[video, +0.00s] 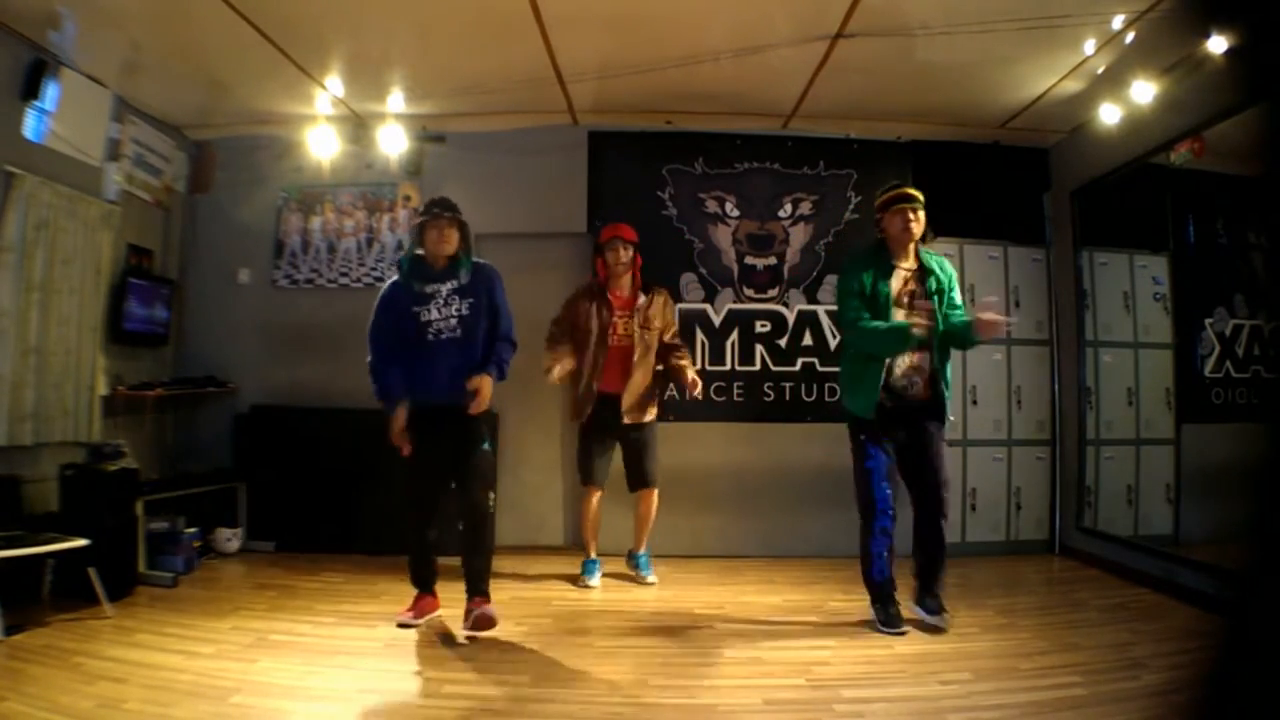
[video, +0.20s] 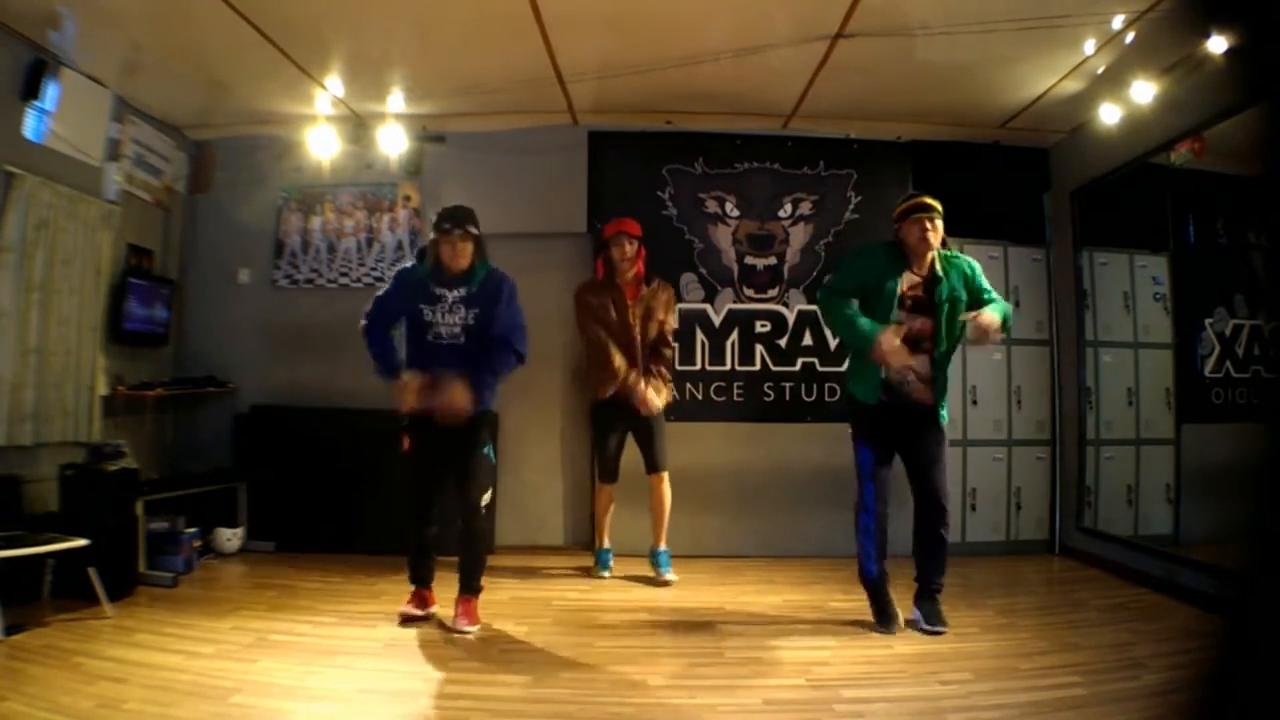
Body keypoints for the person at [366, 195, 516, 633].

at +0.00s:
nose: (443, 237)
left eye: (450, 229)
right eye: (434, 229)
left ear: (461, 235)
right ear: (421, 236)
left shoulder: (483, 279)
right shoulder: (399, 289)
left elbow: (504, 336)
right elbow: (382, 353)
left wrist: (490, 374)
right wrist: (396, 404)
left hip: (473, 407)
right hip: (423, 408)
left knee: (477, 501)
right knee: (420, 502)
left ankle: (478, 599)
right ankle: (425, 594)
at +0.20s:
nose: (458, 249)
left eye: (466, 241)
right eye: (450, 241)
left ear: (477, 244)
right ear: (435, 243)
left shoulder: (496, 286)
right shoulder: (412, 279)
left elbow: (512, 347)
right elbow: (375, 324)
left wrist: (472, 384)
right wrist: (397, 374)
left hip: (475, 414)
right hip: (422, 411)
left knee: (476, 506)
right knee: (418, 501)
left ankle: (468, 600)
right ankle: (421, 593)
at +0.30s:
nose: (459, 260)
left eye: (467, 252)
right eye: (451, 252)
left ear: (480, 256)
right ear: (439, 254)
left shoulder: (495, 306)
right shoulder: (419, 298)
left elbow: (500, 376)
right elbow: (402, 363)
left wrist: (498, 439)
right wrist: (394, 419)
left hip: (475, 419)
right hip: (428, 417)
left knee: (472, 508)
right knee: (414, 483)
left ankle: (466, 600)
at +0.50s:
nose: (440, 256)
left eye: (448, 248)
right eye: (433, 248)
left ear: (464, 248)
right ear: (423, 252)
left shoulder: (489, 288)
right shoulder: (420, 293)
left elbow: (507, 349)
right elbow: (416, 348)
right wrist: (377, 375)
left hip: (486, 404)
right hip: (443, 404)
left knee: (475, 486)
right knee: (431, 474)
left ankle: (477, 573)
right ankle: (437, 537)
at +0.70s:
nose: (430, 274)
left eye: (437, 266)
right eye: (424, 266)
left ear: (452, 267)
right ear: (416, 268)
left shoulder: (477, 294)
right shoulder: (412, 315)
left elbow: (518, 272)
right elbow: (382, 326)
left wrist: (478, 284)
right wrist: (366, 315)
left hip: (488, 421)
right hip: (445, 425)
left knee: (486, 501)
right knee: (438, 508)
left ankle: (493, 563)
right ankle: (441, 600)